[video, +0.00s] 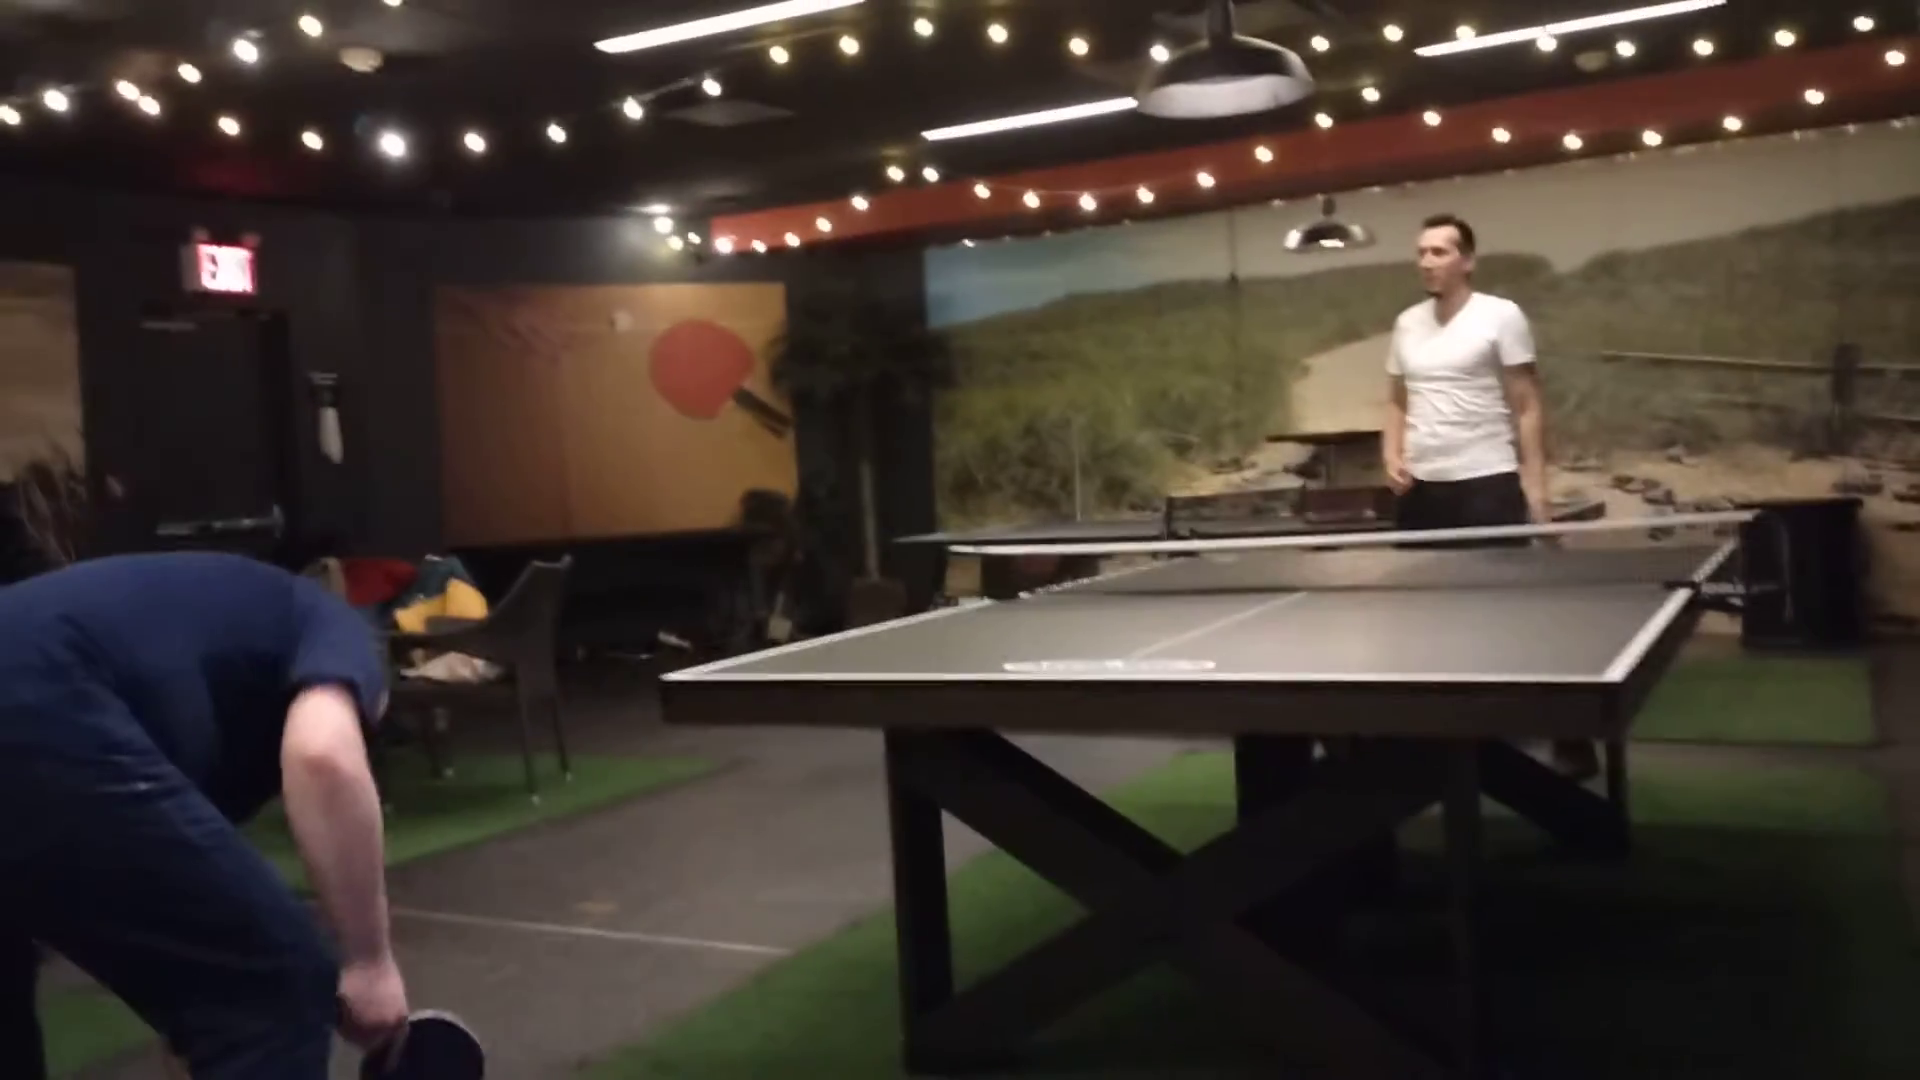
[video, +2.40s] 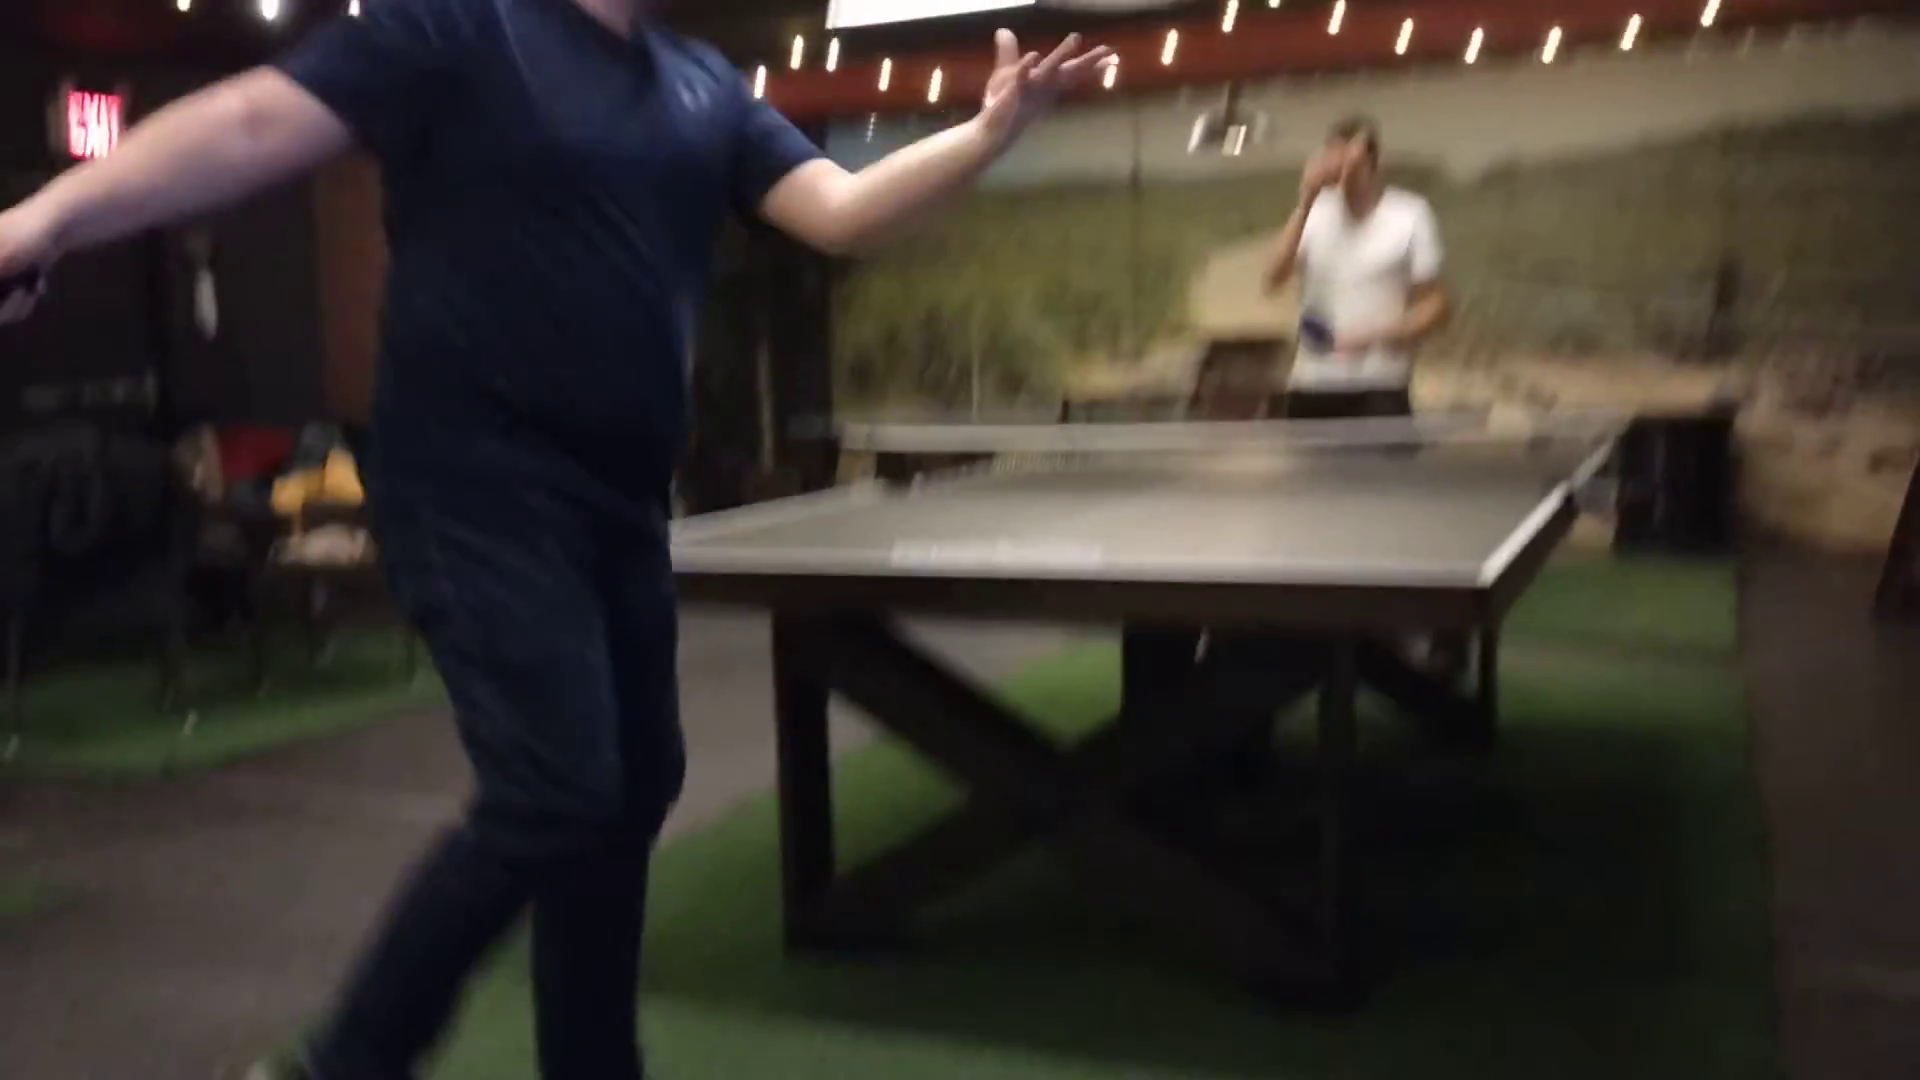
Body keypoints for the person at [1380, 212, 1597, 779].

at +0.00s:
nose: (1429, 261)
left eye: (1440, 252)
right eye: (1423, 253)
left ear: (1468, 260)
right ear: (1418, 262)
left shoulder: (1501, 317)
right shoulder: (1408, 325)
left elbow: (1526, 407)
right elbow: (1397, 401)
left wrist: (1536, 492)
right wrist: (1392, 457)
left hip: (1489, 487)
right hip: (1423, 491)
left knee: (1504, 606)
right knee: (1424, 608)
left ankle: (1564, 737)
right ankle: (1432, 740)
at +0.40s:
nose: (1433, 247)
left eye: (1446, 238)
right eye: (1428, 239)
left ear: (1474, 245)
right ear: (1425, 248)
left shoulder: (1504, 300)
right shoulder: (1412, 311)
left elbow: (1551, 376)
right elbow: (1392, 389)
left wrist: (1483, 429)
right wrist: (1392, 452)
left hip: (1487, 480)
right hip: (1423, 485)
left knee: (1521, 599)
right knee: (1429, 605)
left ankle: (1572, 729)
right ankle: (1441, 735)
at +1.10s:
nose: (1392, 208)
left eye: (1403, 199)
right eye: (1384, 199)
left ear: (1427, 206)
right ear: (1377, 206)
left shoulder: (1458, 254)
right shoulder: (1363, 258)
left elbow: (1513, 323)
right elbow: (1369, 335)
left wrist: (1509, 404)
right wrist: (1359, 401)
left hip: (1437, 433)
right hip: (1367, 434)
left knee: (1453, 556)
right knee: (1364, 558)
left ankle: (1509, 685)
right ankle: (1372, 688)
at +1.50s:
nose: (1381, 175)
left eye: (1392, 166)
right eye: (1373, 166)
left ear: (1414, 174)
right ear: (1364, 174)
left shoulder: (1441, 228)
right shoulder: (1345, 235)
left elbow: (1480, 312)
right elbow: (1299, 305)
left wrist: (1448, 383)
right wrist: (1283, 362)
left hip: (1417, 404)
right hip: (1346, 404)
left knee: (1444, 528)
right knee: (1341, 529)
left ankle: (1487, 657)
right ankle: (1341, 661)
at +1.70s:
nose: (1372, 165)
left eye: (1383, 155)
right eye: (1364, 156)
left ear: (1405, 163)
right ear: (1354, 164)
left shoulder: (1433, 219)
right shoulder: (1337, 224)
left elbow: (1466, 303)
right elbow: (1290, 309)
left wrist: (1408, 351)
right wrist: (1302, 276)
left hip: (1411, 394)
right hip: (1343, 394)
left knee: (1437, 512)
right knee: (1340, 514)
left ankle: (1479, 644)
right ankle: (1343, 647)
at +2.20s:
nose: (1355, 165)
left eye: (1366, 155)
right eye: (1348, 155)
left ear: (1389, 155)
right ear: (1339, 157)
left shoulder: (1421, 208)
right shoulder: (1324, 205)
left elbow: (1449, 295)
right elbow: (1281, 269)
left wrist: (1381, 316)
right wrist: (1317, 191)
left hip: (1395, 378)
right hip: (1326, 378)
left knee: (1420, 497)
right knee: (1325, 500)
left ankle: (1458, 625)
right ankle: (1329, 631)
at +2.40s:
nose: (1346, 176)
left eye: (1355, 166)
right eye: (1340, 166)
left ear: (1373, 164)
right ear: (1329, 164)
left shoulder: (1410, 213)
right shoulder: (1318, 208)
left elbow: (1433, 304)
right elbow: (1274, 278)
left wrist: (1367, 337)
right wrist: (1305, 200)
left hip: (1379, 390)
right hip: (1312, 390)